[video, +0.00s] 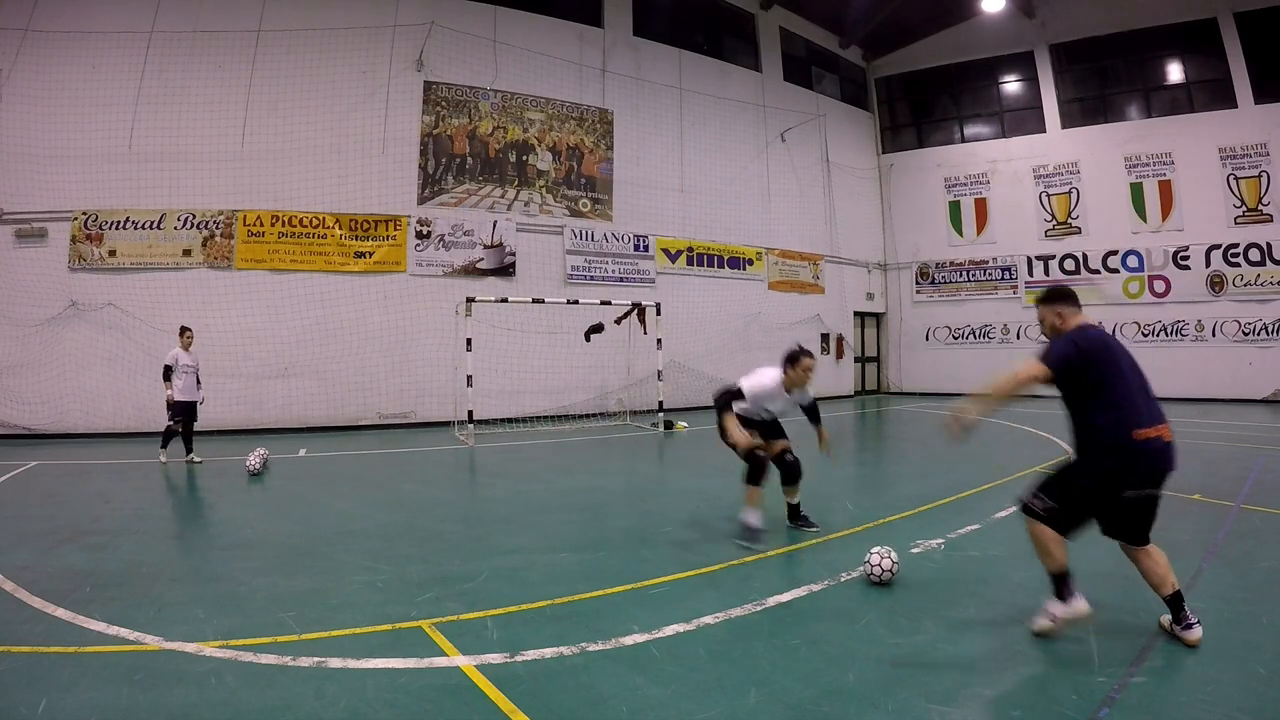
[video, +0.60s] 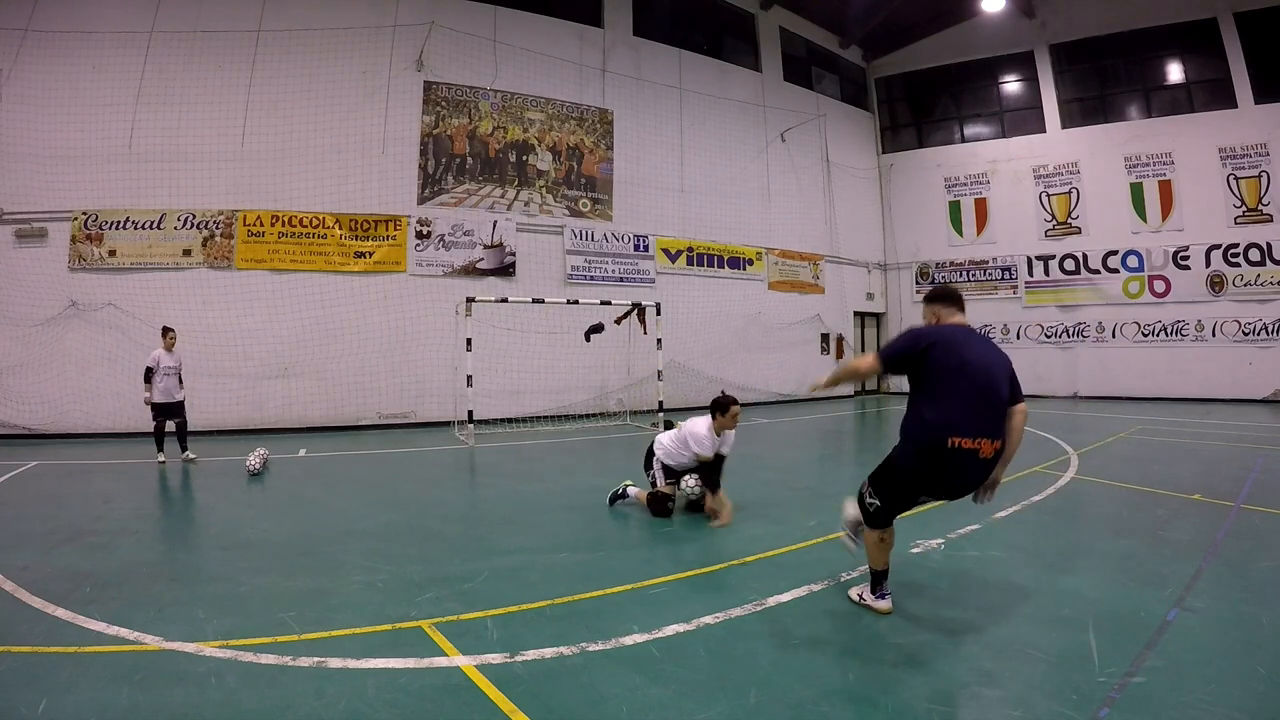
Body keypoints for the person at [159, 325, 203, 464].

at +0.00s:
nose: (190, 340)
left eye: (192, 338)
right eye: (188, 338)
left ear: (193, 339)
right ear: (180, 338)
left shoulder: (193, 356)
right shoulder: (174, 354)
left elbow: (196, 375)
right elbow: (166, 373)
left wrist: (200, 391)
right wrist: (169, 391)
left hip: (191, 398)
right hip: (177, 398)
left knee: (188, 427)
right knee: (175, 425)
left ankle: (189, 454)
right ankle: (163, 449)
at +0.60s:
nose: (173, 341)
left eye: (174, 338)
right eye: (170, 338)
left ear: (176, 340)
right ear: (163, 339)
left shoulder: (176, 356)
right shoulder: (156, 355)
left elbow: (179, 376)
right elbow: (148, 374)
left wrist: (182, 391)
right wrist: (147, 394)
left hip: (176, 397)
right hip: (159, 398)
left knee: (182, 424)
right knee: (160, 425)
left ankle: (185, 452)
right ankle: (160, 452)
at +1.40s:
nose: (194, 344)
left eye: (195, 341)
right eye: (191, 341)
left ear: (195, 342)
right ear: (183, 341)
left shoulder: (194, 358)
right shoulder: (175, 355)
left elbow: (195, 376)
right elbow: (162, 372)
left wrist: (195, 389)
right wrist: (156, 389)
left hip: (187, 399)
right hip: (172, 398)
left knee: (182, 426)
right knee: (173, 424)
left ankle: (177, 452)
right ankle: (163, 451)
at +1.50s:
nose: (199, 345)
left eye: (200, 342)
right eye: (196, 342)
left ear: (199, 343)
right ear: (189, 342)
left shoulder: (199, 359)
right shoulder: (179, 355)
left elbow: (201, 376)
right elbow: (165, 369)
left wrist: (200, 388)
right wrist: (153, 385)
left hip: (190, 397)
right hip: (175, 395)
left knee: (185, 424)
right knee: (181, 421)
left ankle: (178, 450)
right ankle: (173, 450)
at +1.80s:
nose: (214, 350)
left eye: (215, 347)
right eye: (212, 347)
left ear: (214, 347)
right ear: (203, 346)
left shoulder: (214, 362)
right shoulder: (191, 360)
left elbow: (215, 378)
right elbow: (179, 376)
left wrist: (210, 389)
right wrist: (169, 392)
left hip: (203, 397)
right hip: (188, 395)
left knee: (206, 426)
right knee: (190, 424)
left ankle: (192, 440)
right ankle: (181, 453)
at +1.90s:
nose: (220, 348)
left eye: (221, 345)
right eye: (218, 345)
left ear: (221, 346)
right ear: (210, 346)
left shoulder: (218, 360)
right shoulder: (201, 361)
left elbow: (213, 378)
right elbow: (192, 380)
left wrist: (212, 393)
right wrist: (195, 394)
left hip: (212, 400)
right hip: (197, 403)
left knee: (225, 420)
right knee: (191, 428)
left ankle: (220, 449)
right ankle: (181, 454)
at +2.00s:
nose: (227, 345)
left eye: (228, 342)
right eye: (225, 342)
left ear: (227, 342)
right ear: (217, 342)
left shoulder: (225, 356)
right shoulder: (212, 357)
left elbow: (221, 379)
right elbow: (202, 378)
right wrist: (203, 398)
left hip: (227, 398)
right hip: (212, 400)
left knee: (241, 419)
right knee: (198, 425)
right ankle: (180, 446)